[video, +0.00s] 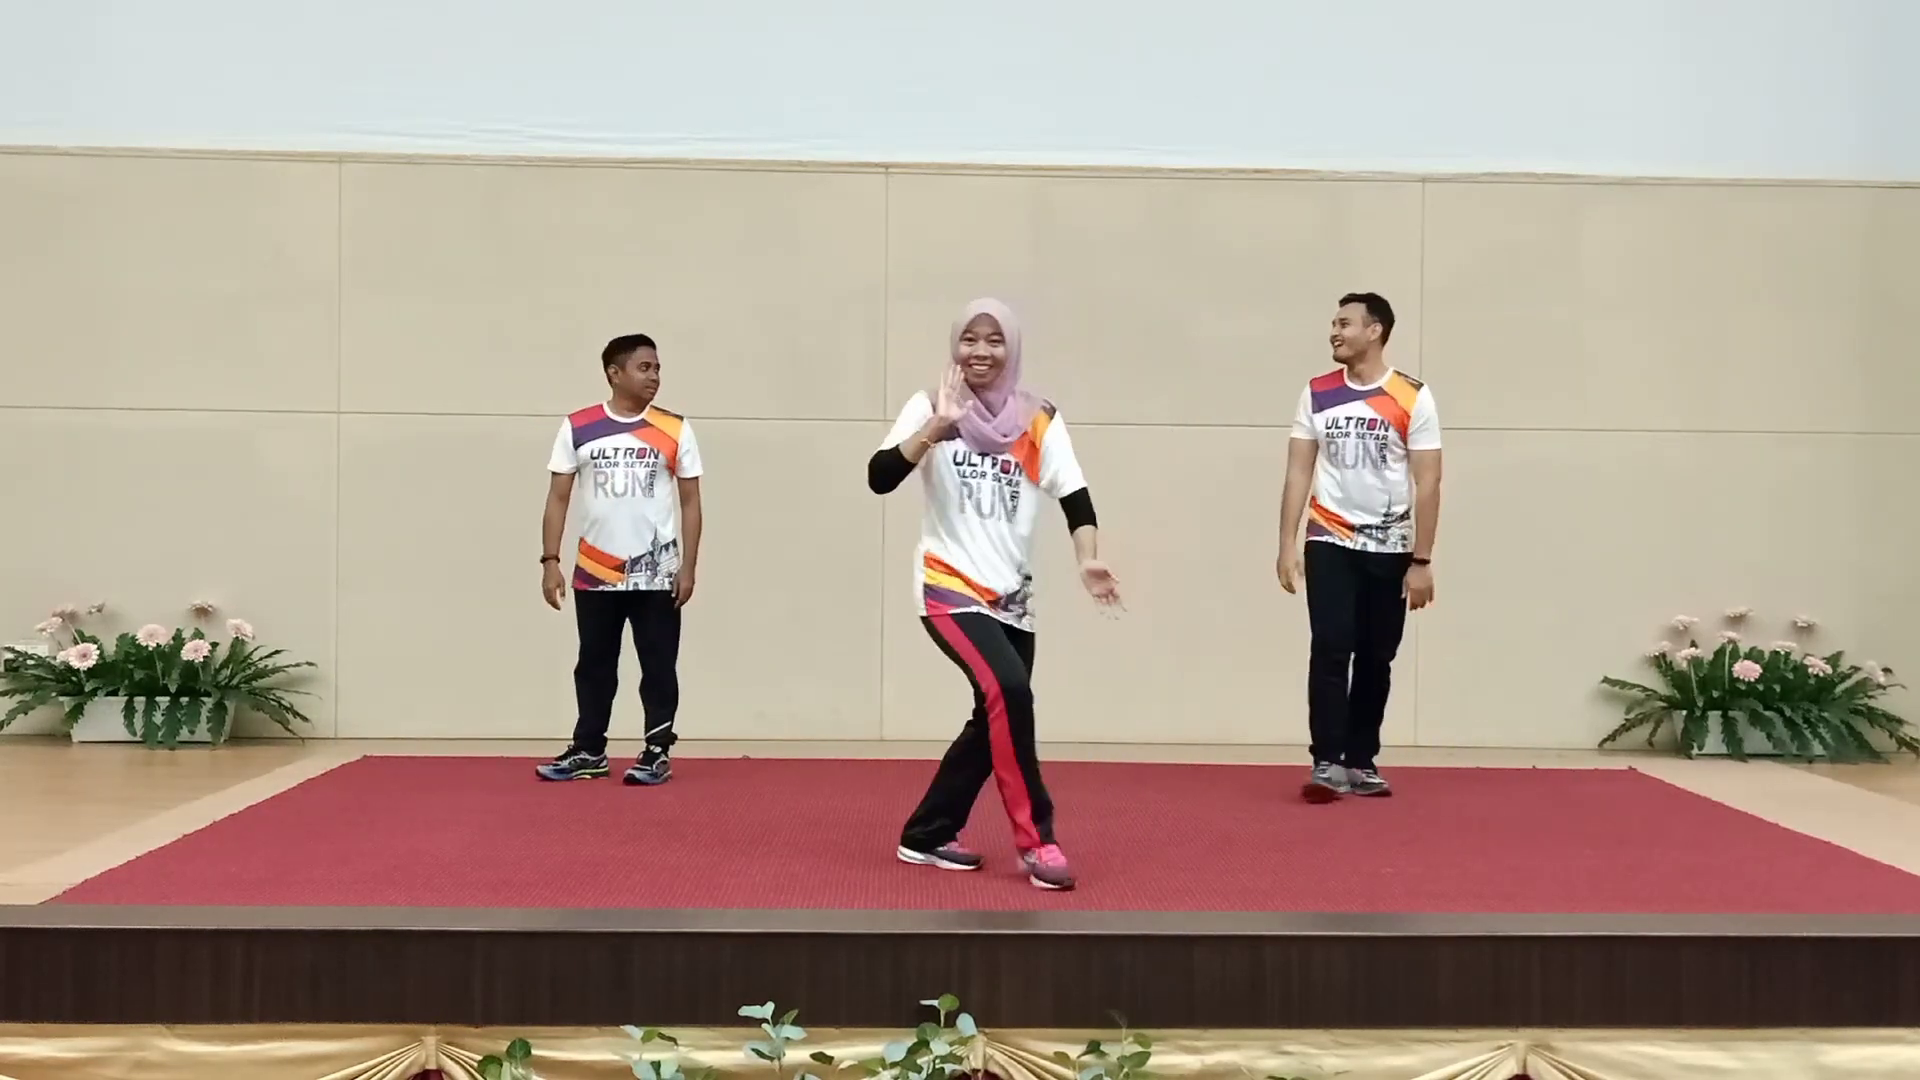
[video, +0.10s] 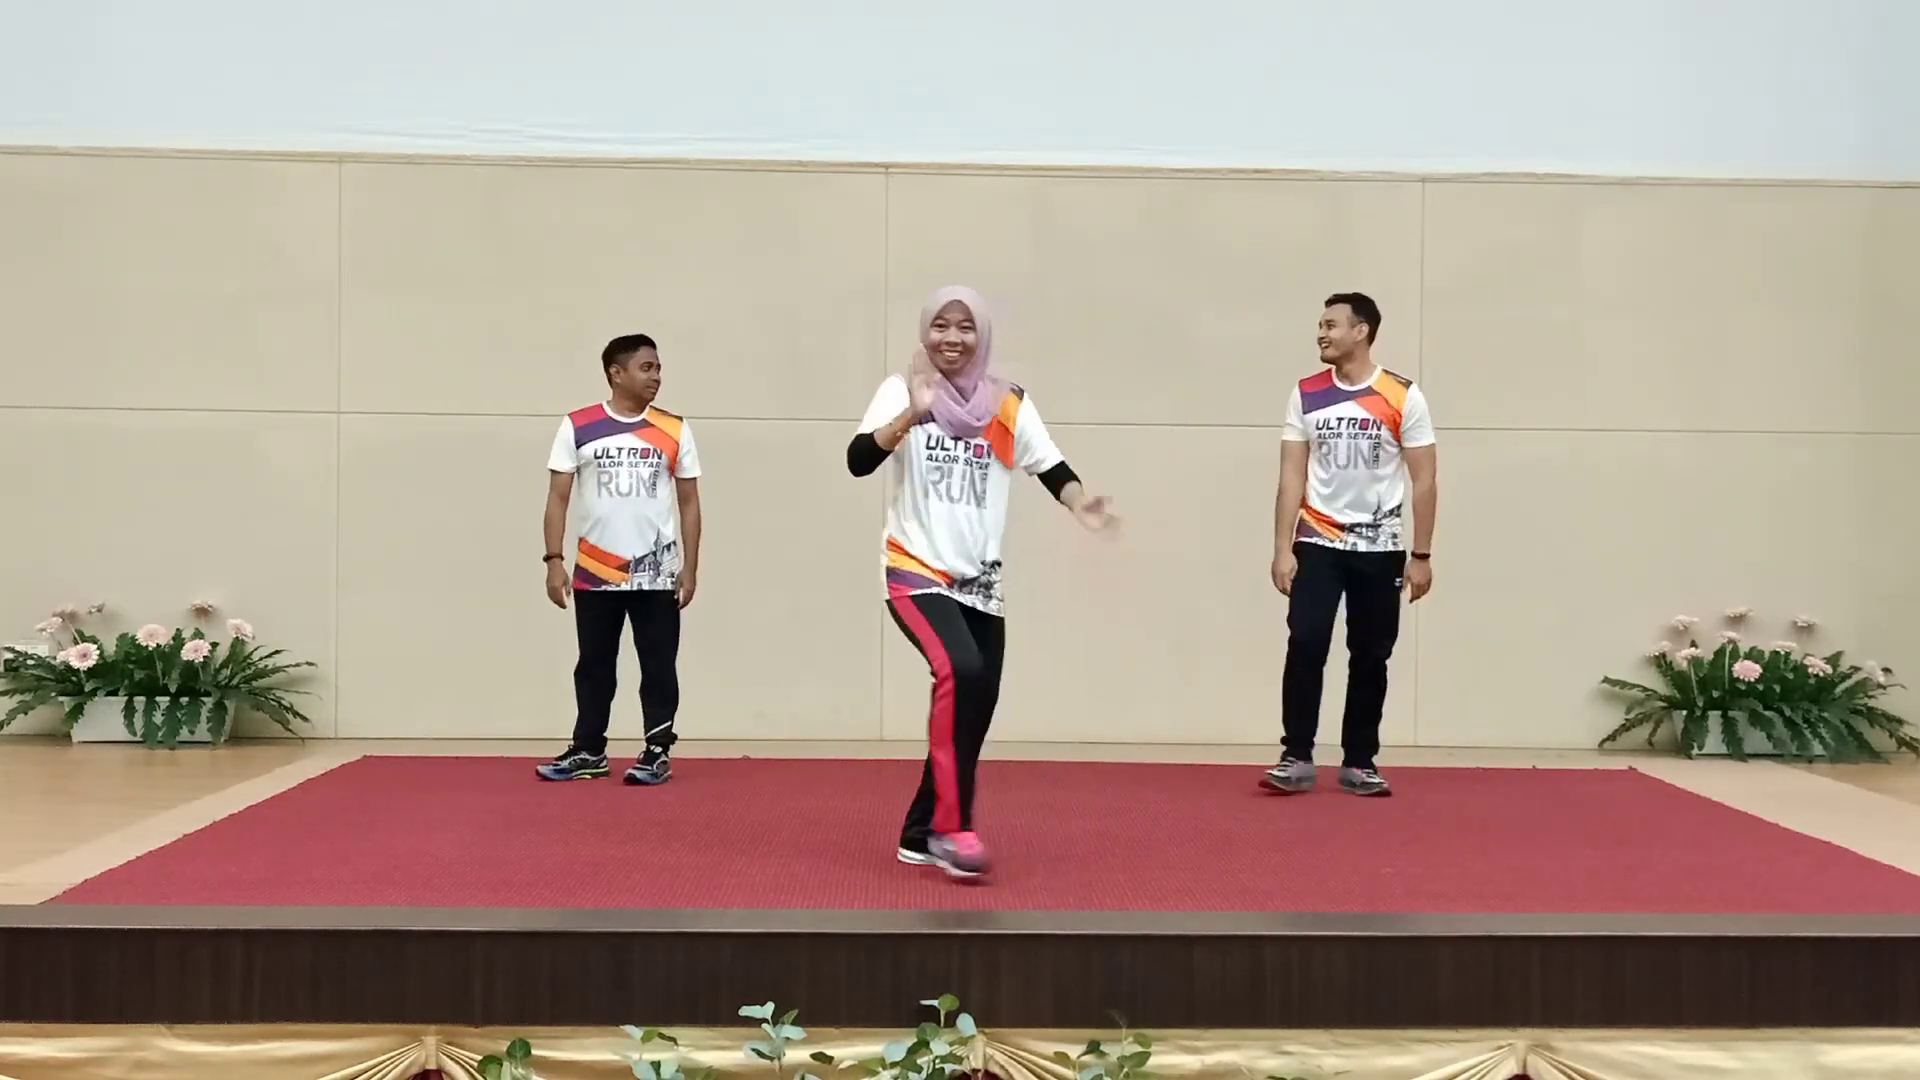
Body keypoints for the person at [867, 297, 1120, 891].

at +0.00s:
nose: (980, 350)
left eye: (992, 340)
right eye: (970, 340)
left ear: (1012, 350)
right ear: (956, 348)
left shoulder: (1039, 419)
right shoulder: (930, 408)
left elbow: (1073, 493)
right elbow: (879, 478)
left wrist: (1088, 558)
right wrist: (934, 427)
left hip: (1011, 597)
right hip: (948, 588)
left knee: (995, 719)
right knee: (1008, 689)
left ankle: (924, 836)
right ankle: (1036, 842)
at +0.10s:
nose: (952, 337)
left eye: (964, 327)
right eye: (942, 326)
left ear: (983, 337)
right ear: (925, 335)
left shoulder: (1007, 404)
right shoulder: (903, 392)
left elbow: (1051, 467)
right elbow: (858, 461)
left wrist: (1078, 501)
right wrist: (911, 415)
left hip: (979, 583)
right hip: (914, 571)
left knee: (979, 701)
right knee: (963, 669)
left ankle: (921, 831)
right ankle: (951, 827)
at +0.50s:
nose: (837, 330)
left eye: (847, 321)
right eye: (824, 321)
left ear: (861, 333)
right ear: (806, 332)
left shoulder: (871, 396)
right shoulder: (794, 394)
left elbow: (930, 439)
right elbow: (773, 479)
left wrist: (949, 392)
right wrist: (799, 520)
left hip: (868, 584)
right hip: (803, 586)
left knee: (915, 688)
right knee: (790, 704)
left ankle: (926, 831)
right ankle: (727, 833)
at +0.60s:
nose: (810, 343)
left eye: (819, 334)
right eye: (798, 334)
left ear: (831, 345)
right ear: (776, 344)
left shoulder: (827, 409)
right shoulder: (767, 408)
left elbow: (882, 455)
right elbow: (745, 498)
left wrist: (898, 405)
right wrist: (777, 560)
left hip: (842, 584)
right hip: (784, 587)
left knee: (919, 663)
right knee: (789, 706)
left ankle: (926, 814)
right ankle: (726, 835)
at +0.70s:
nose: (793, 348)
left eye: (804, 339)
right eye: (781, 338)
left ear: (814, 349)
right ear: (759, 346)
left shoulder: (801, 412)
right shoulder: (750, 415)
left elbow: (859, 462)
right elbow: (731, 509)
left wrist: (871, 410)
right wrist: (761, 573)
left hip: (829, 584)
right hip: (777, 591)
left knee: (918, 648)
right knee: (789, 710)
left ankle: (928, 804)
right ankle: (726, 836)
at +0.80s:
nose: (778, 354)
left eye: (785, 345)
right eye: (766, 343)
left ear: (790, 354)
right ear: (738, 348)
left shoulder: (767, 421)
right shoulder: (728, 418)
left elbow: (824, 476)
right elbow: (713, 516)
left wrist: (830, 417)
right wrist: (747, 591)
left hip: (813, 583)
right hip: (762, 593)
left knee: (910, 638)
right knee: (783, 710)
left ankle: (940, 789)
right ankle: (726, 837)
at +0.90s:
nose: (774, 359)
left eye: (779, 348)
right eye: (762, 347)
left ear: (782, 354)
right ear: (731, 349)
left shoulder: (760, 420)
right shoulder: (715, 419)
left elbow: (816, 481)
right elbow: (706, 516)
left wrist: (817, 420)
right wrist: (742, 591)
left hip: (809, 582)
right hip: (757, 592)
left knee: (905, 642)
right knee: (779, 711)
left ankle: (942, 792)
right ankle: (725, 837)